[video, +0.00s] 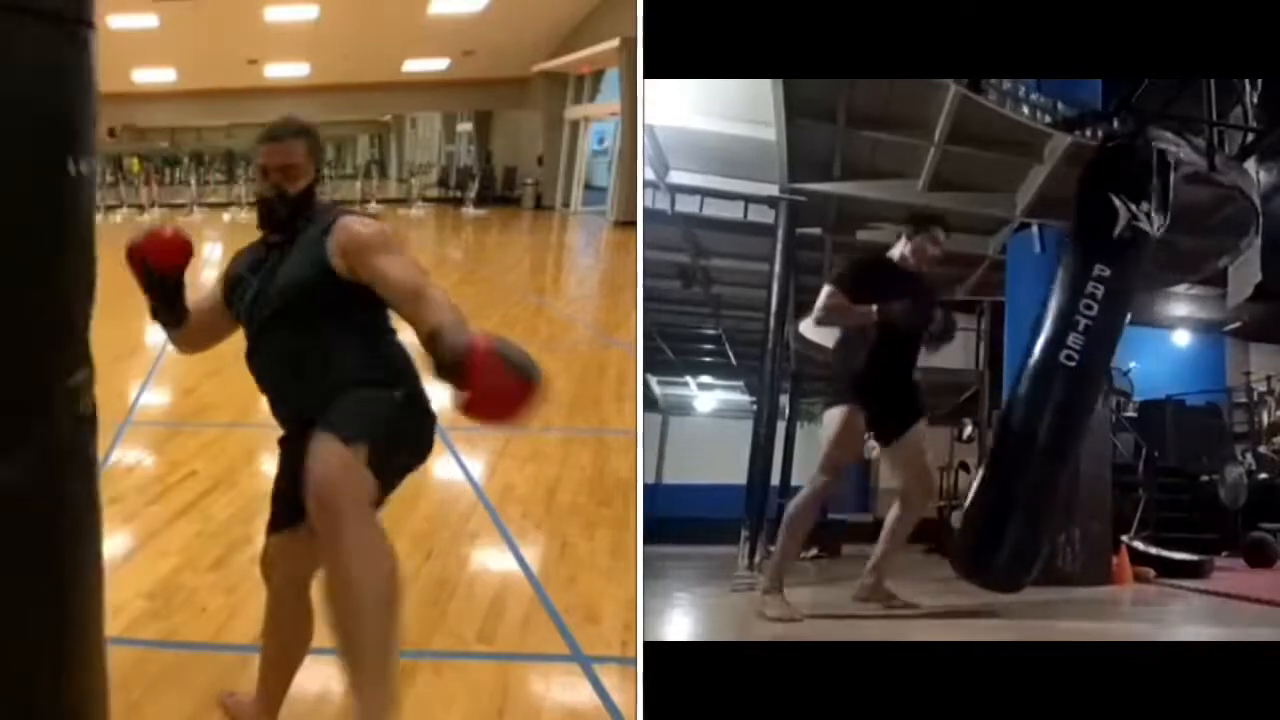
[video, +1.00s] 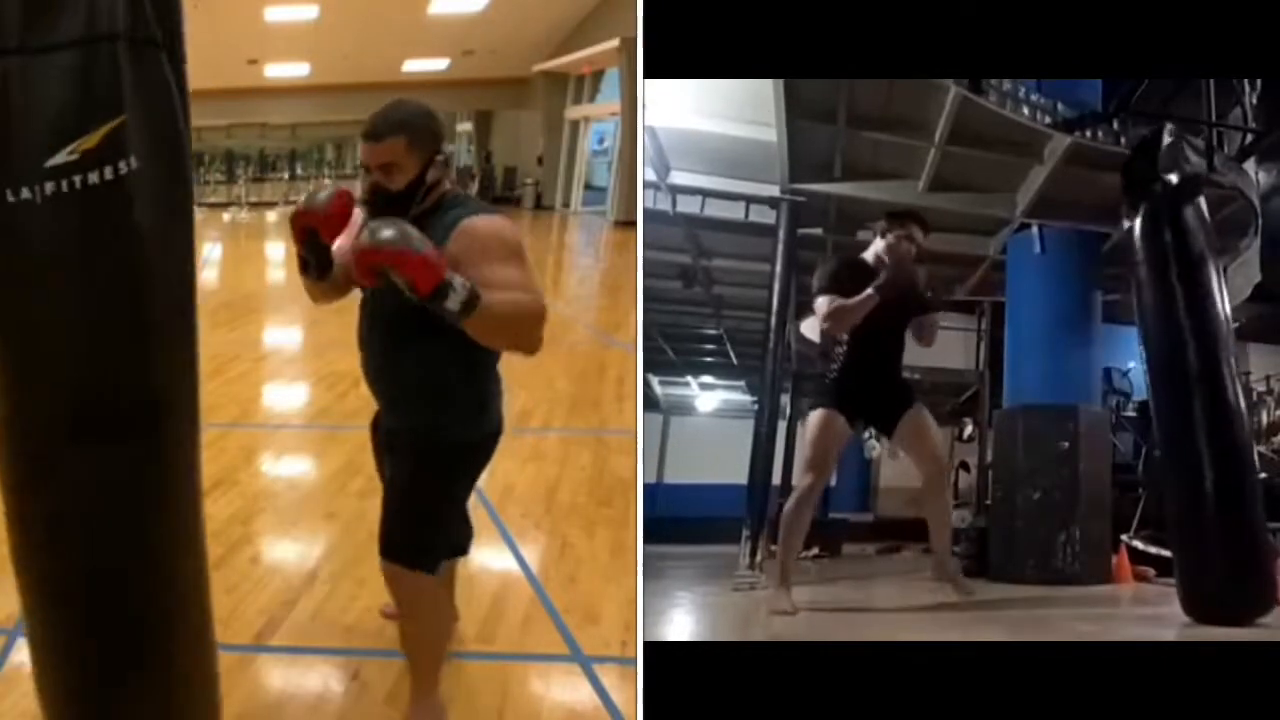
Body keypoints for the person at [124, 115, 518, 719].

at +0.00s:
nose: (274, 188)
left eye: (289, 175)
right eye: (264, 175)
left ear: (316, 175)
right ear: (254, 178)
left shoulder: (351, 237)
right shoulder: (247, 268)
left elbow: (421, 301)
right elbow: (192, 335)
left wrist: (462, 354)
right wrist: (164, 289)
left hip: (379, 400)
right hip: (308, 429)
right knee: (283, 564)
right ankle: (266, 705)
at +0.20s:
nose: (338, 171)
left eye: (354, 156)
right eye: (328, 156)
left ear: (389, 156)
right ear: (319, 154)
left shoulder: (428, 242)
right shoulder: (304, 239)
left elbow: (454, 342)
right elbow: (262, 317)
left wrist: (387, 271)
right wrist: (227, 316)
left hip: (405, 456)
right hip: (317, 450)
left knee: (431, 599)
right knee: (298, 573)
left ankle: (480, 701)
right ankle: (272, 703)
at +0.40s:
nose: (380, 183)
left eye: (396, 169)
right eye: (372, 168)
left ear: (441, 163)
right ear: (365, 163)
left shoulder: (497, 249)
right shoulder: (375, 229)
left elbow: (506, 375)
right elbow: (331, 321)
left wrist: (418, 335)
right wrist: (304, 306)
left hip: (456, 449)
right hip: (369, 434)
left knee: (463, 579)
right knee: (324, 538)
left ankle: (471, 697)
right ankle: (305, 661)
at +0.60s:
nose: (406, 184)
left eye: (422, 169)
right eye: (398, 169)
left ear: (467, 163)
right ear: (390, 163)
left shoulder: (522, 245)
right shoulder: (401, 226)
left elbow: (529, 368)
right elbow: (325, 306)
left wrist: (460, 309)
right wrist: (312, 271)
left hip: (478, 444)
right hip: (397, 422)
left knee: (477, 581)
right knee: (360, 500)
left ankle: (472, 694)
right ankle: (392, 592)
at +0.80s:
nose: (408, 186)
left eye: (422, 173)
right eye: (399, 172)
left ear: (463, 165)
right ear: (390, 166)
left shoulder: (509, 231)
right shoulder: (395, 224)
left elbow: (494, 329)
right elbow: (325, 300)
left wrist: (425, 257)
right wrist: (320, 252)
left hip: (467, 431)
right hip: (401, 418)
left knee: (454, 581)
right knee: (422, 521)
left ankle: (474, 692)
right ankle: (439, 603)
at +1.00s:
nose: (373, 182)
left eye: (388, 170)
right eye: (368, 169)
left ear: (430, 163)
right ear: (364, 161)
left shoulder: (480, 231)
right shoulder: (381, 217)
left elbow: (527, 332)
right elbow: (329, 289)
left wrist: (441, 288)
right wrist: (312, 248)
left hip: (450, 424)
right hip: (400, 410)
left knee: (409, 562)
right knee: (423, 520)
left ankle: (424, 700)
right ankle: (436, 606)